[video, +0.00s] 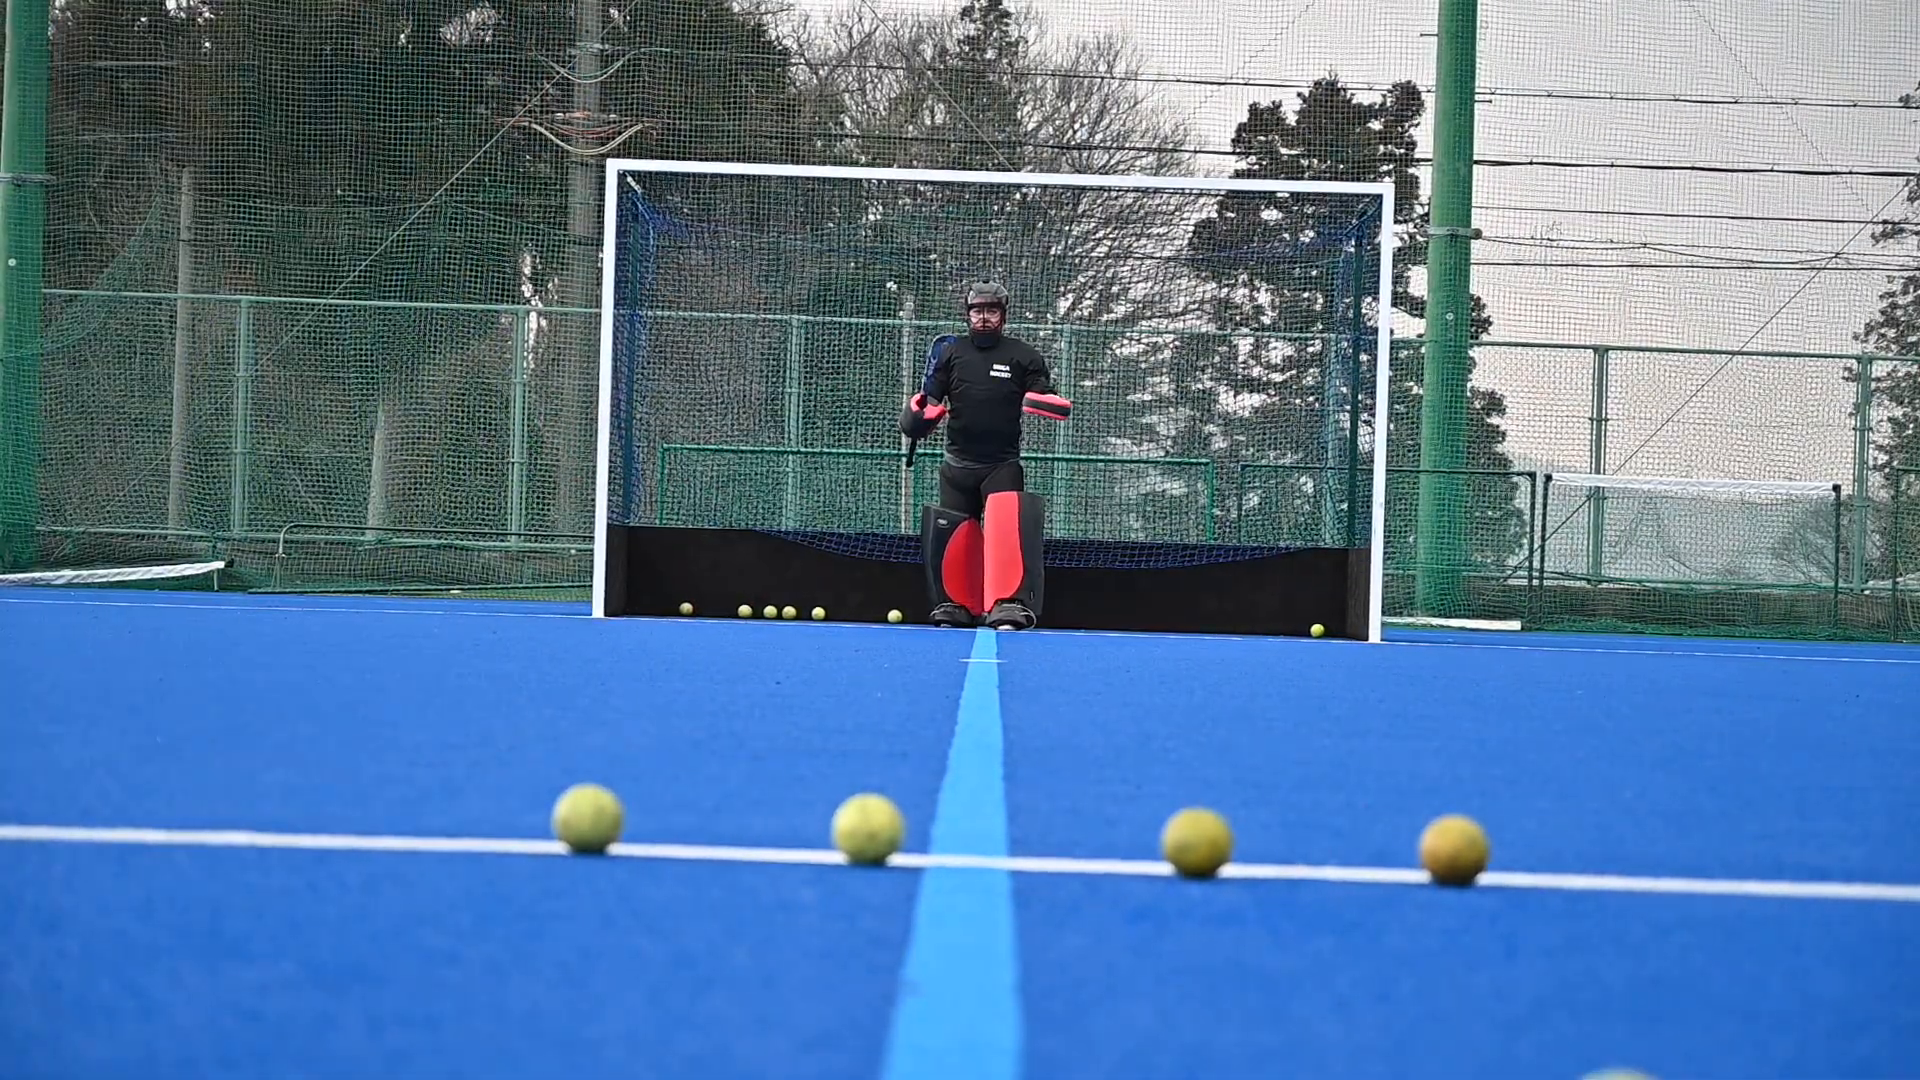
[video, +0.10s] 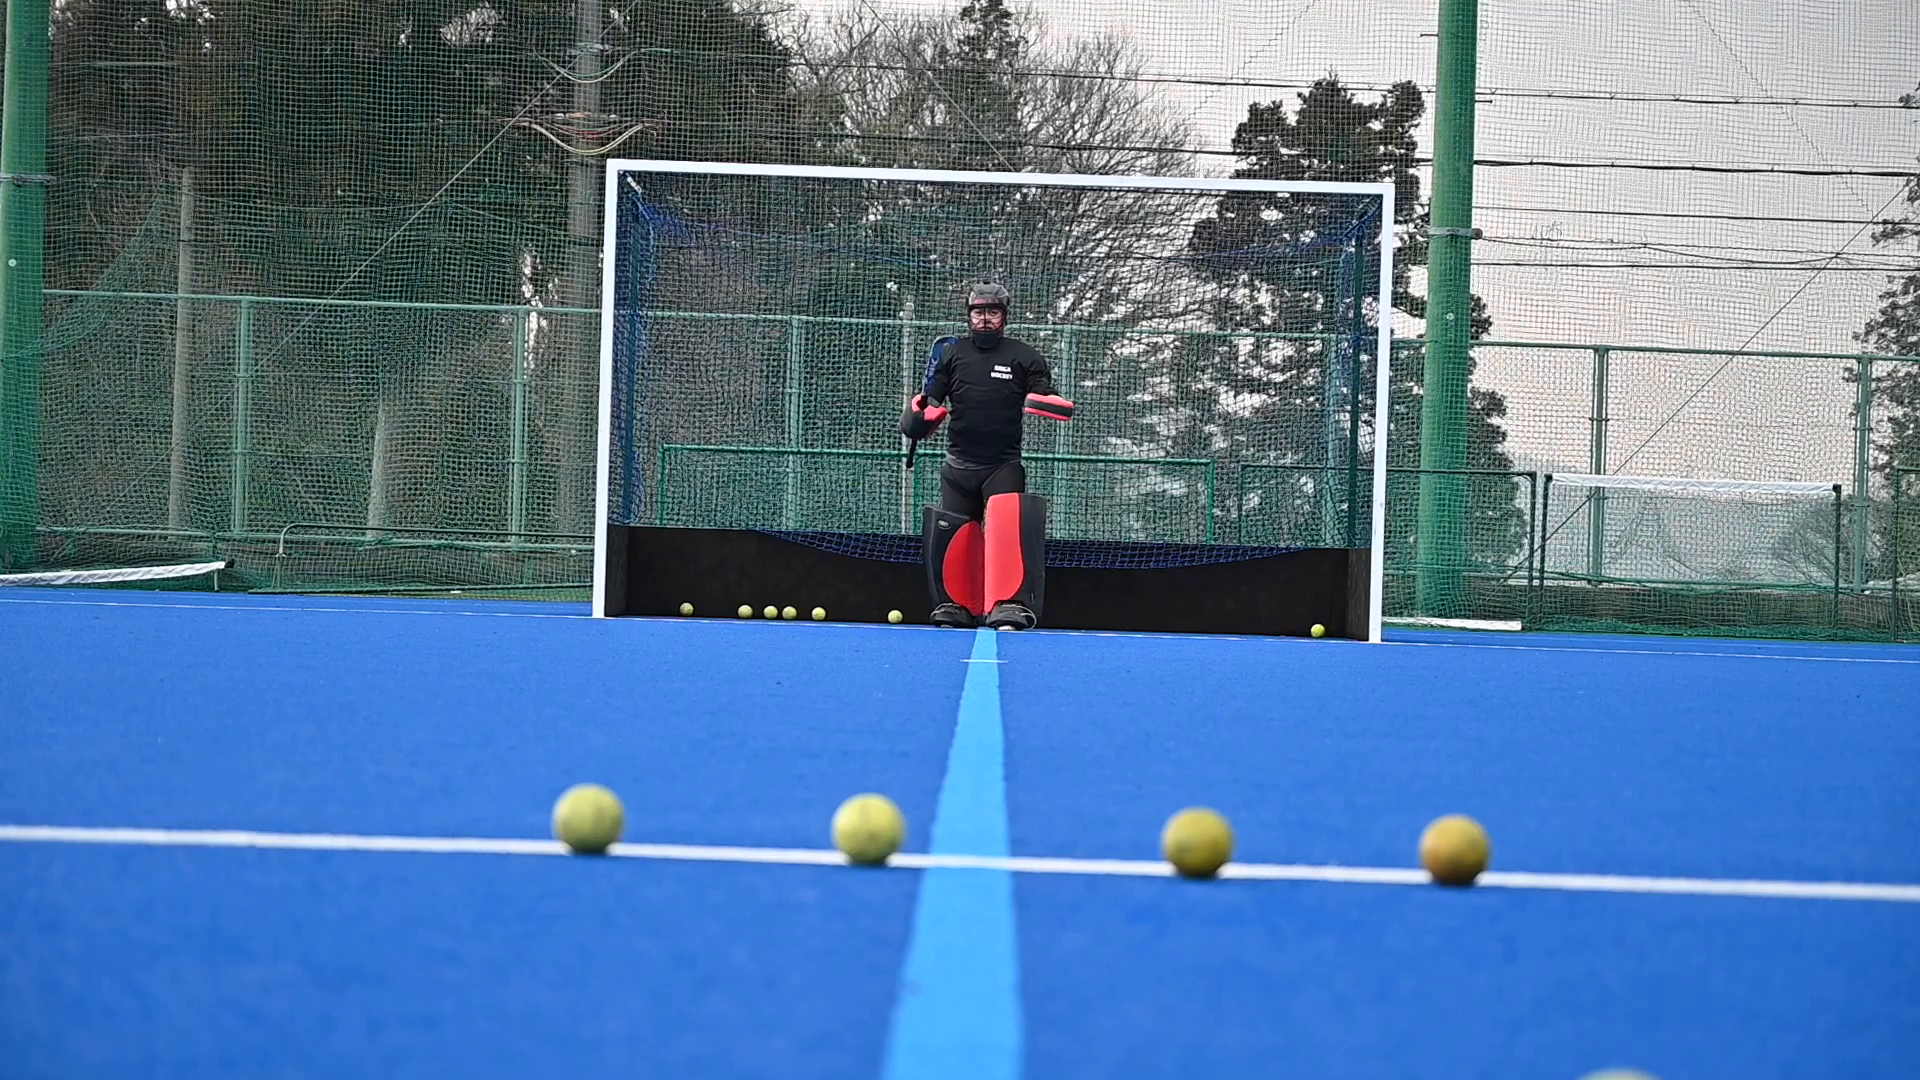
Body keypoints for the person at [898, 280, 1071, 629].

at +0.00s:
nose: (984, 318)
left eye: (992, 311)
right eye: (977, 312)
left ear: (1003, 315)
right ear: (968, 316)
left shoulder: (1024, 355)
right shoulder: (952, 353)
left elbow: (1044, 397)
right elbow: (929, 400)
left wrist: (1049, 405)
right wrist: (918, 416)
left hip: (1002, 464)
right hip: (958, 462)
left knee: (1005, 531)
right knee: (953, 534)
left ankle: (1007, 605)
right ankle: (954, 605)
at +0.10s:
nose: (985, 319)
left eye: (993, 313)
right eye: (978, 312)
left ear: (1004, 317)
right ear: (969, 316)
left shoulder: (1024, 356)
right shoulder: (951, 353)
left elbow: (1046, 398)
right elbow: (927, 402)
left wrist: (1049, 405)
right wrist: (917, 422)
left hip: (1003, 464)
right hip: (959, 462)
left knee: (1005, 531)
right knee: (952, 535)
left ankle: (1008, 606)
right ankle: (953, 604)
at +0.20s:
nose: (987, 321)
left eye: (994, 314)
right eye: (980, 314)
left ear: (1006, 319)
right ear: (971, 319)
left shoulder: (1026, 358)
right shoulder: (953, 356)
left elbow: (1051, 401)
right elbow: (929, 404)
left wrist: (1050, 406)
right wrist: (920, 422)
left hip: (1005, 465)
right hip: (960, 464)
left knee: (1006, 532)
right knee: (954, 536)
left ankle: (1007, 606)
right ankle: (955, 605)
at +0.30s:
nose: (991, 320)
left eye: (999, 314)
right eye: (985, 314)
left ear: (1011, 319)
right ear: (976, 318)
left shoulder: (1031, 360)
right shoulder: (957, 356)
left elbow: (1056, 402)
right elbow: (932, 405)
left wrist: (1054, 406)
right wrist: (924, 419)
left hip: (1008, 468)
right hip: (962, 466)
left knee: (1011, 534)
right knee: (956, 537)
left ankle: (1008, 606)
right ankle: (956, 605)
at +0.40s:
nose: (998, 316)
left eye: (1006, 310)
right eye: (992, 309)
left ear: (1018, 315)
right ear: (983, 314)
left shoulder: (1037, 358)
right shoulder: (963, 353)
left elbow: (1057, 397)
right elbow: (937, 400)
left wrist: (1065, 409)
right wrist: (926, 418)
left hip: (1012, 467)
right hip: (965, 465)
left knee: (1012, 535)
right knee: (955, 537)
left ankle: (1008, 607)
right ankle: (953, 602)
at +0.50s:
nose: (1002, 310)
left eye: (1010, 304)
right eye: (996, 303)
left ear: (1023, 310)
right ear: (987, 308)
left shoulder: (1042, 355)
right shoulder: (967, 349)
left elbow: (1061, 397)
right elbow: (938, 397)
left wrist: (1066, 409)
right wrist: (929, 415)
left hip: (1014, 464)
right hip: (967, 461)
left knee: (1013, 534)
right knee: (955, 532)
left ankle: (1009, 607)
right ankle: (952, 590)